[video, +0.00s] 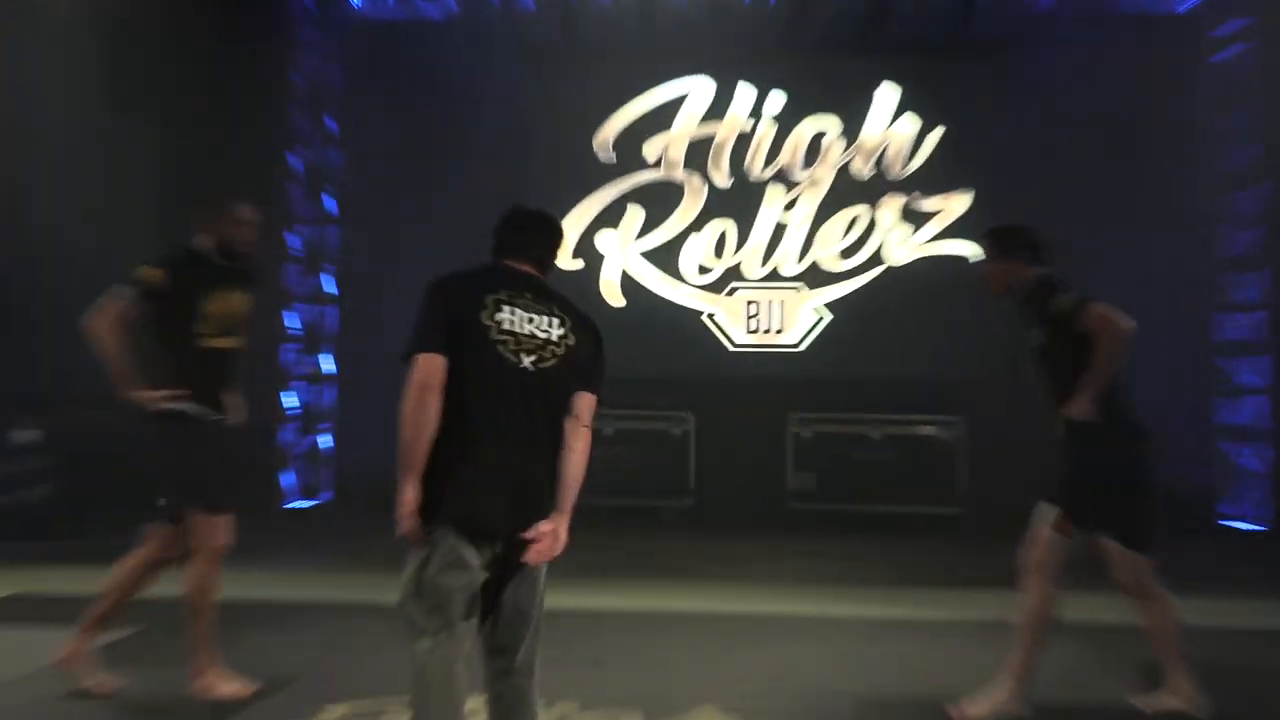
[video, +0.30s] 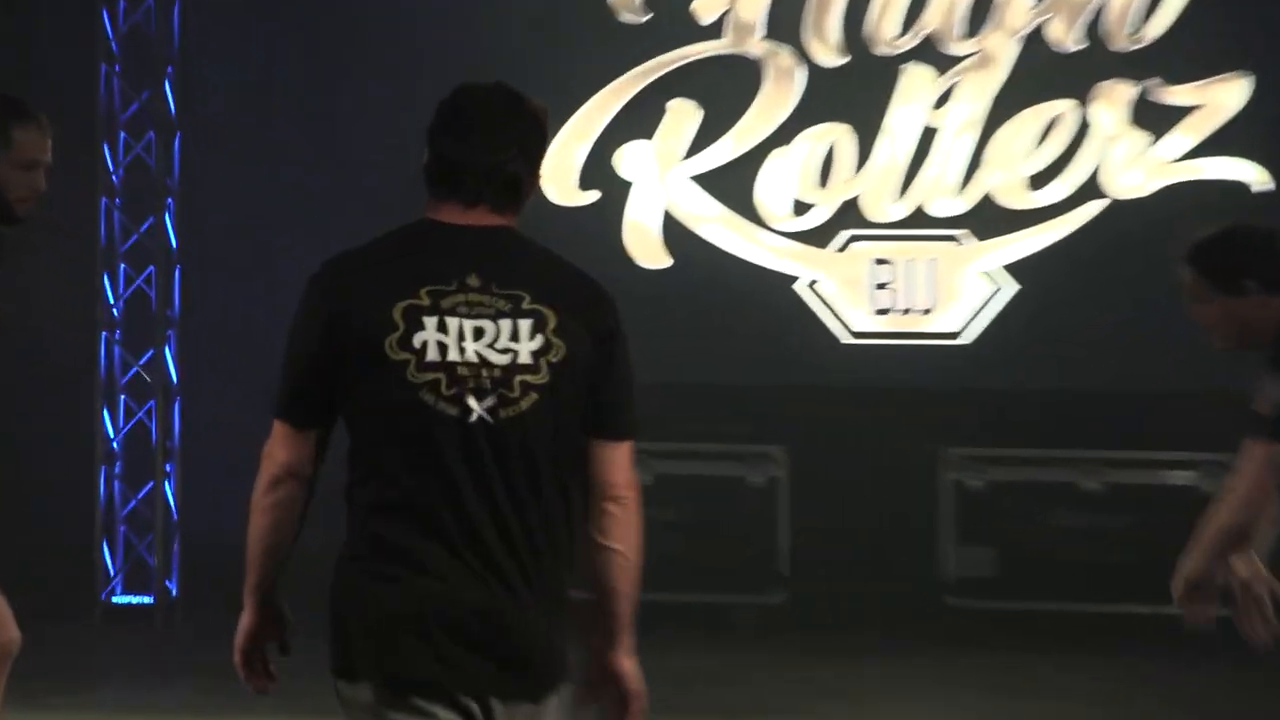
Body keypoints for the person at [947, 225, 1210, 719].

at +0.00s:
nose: (988, 274)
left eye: (995, 265)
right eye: (990, 264)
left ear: (1019, 264)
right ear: (1021, 263)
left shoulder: (1055, 302)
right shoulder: (1046, 305)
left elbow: (1119, 328)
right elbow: (1115, 330)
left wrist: (1086, 395)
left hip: (1094, 451)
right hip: (1109, 452)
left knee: (1039, 559)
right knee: (1132, 570)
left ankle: (1011, 688)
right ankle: (1181, 686)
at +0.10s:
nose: (1047, 267)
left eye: (1052, 254)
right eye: (1045, 255)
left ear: (1084, 252)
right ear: (1091, 253)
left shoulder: (1125, 291)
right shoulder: (1125, 292)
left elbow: (1170, 349)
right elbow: (1124, 361)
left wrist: (1138, 400)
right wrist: (1124, 403)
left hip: (1212, 477)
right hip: (1232, 473)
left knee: (1148, 610)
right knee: (1243, 619)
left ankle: (1122, 708)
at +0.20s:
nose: (1097, 291)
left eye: (1101, 275)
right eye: (1095, 277)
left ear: (1136, 270)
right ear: (1158, 261)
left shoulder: (1188, 311)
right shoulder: (1215, 302)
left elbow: (1171, 415)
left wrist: (1164, 465)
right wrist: (1171, 461)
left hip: (1271, 515)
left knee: (1246, 669)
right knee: (1246, 667)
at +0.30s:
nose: (1196, 315)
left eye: (1203, 299)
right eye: (1194, 301)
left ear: (1247, 293)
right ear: (1249, 293)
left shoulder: (1272, 367)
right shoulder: (1267, 366)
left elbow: (1256, 474)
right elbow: (1257, 470)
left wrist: (1196, 565)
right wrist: (1246, 552)